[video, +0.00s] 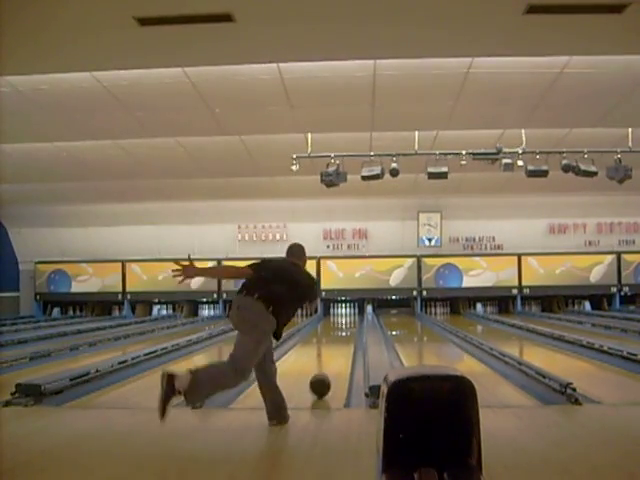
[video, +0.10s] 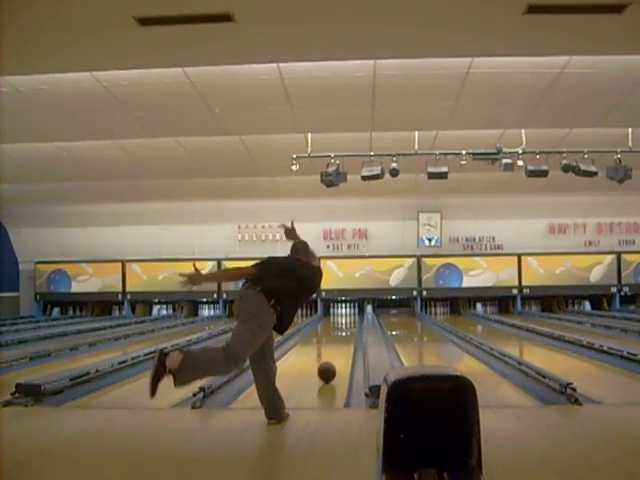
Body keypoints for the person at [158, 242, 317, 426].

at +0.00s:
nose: (301, 263)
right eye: (303, 259)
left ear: (287, 255)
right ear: (304, 260)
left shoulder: (272, 264)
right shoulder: (309, 282)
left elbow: (237, 272)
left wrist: (198, 271)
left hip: (239, 308)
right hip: (261, 319)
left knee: (266, 368)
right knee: (238, 370)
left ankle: (277, 415)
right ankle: (179, 383)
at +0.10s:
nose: (314, 259)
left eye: (311, 255)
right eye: (312, 256)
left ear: (293, 255)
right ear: (308, 258)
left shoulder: (276, 262)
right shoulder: (314, 273)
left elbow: (242, 272)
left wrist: (203, 277)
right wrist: (296, 238)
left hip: (246, 299)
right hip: (263, 308)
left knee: (264, 364)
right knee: (231, 358)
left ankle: (275, 414)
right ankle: (172, 362)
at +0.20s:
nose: (320, 253)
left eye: (318, 249)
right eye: (318, 250)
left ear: (296, 250)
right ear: (312, 251)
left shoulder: (277, 258)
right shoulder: (317, 263)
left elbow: (242, 274)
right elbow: (315, 249)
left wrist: (210, 289)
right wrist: (302, 235)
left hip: (248, 294)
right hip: (263, 301)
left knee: (263, 360)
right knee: (233, 351)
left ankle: (273, 412)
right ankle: (171, 351)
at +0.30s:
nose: (316, 248)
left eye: (313, 246)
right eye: (316, 246)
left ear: (297, 243)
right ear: (314, 246)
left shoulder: (281, 254)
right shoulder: (315, 261)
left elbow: (244, 276)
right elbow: (333, 273)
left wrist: (216, 295)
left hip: (247, 292)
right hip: (263, 299)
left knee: (264, 358)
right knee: (237, 351)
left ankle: (274, 412)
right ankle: (176, 349)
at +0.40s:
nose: (317, 248)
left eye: (315, 245)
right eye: (317, 245)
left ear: (298, 242)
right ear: (315, 244)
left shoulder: (281, 254)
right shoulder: (316, 261)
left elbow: (244, 279)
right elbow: (337, 291)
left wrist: (218, 299)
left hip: (246, 293)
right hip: (261, 298)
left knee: (265, 358)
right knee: (240, 350)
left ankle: (275, 413)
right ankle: (176, 350)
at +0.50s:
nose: (317, 248)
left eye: (314, 245)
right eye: (317, 245)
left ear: (299, 241)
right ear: (316, 245)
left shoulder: (282, 253)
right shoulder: (317, 265)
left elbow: (245, 278)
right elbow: (334, 305)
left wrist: (219, 298)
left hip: (246, 293)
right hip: (261, 300)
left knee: (265, 360)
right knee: (238, 349)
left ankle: (275, 413)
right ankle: (176, 348)